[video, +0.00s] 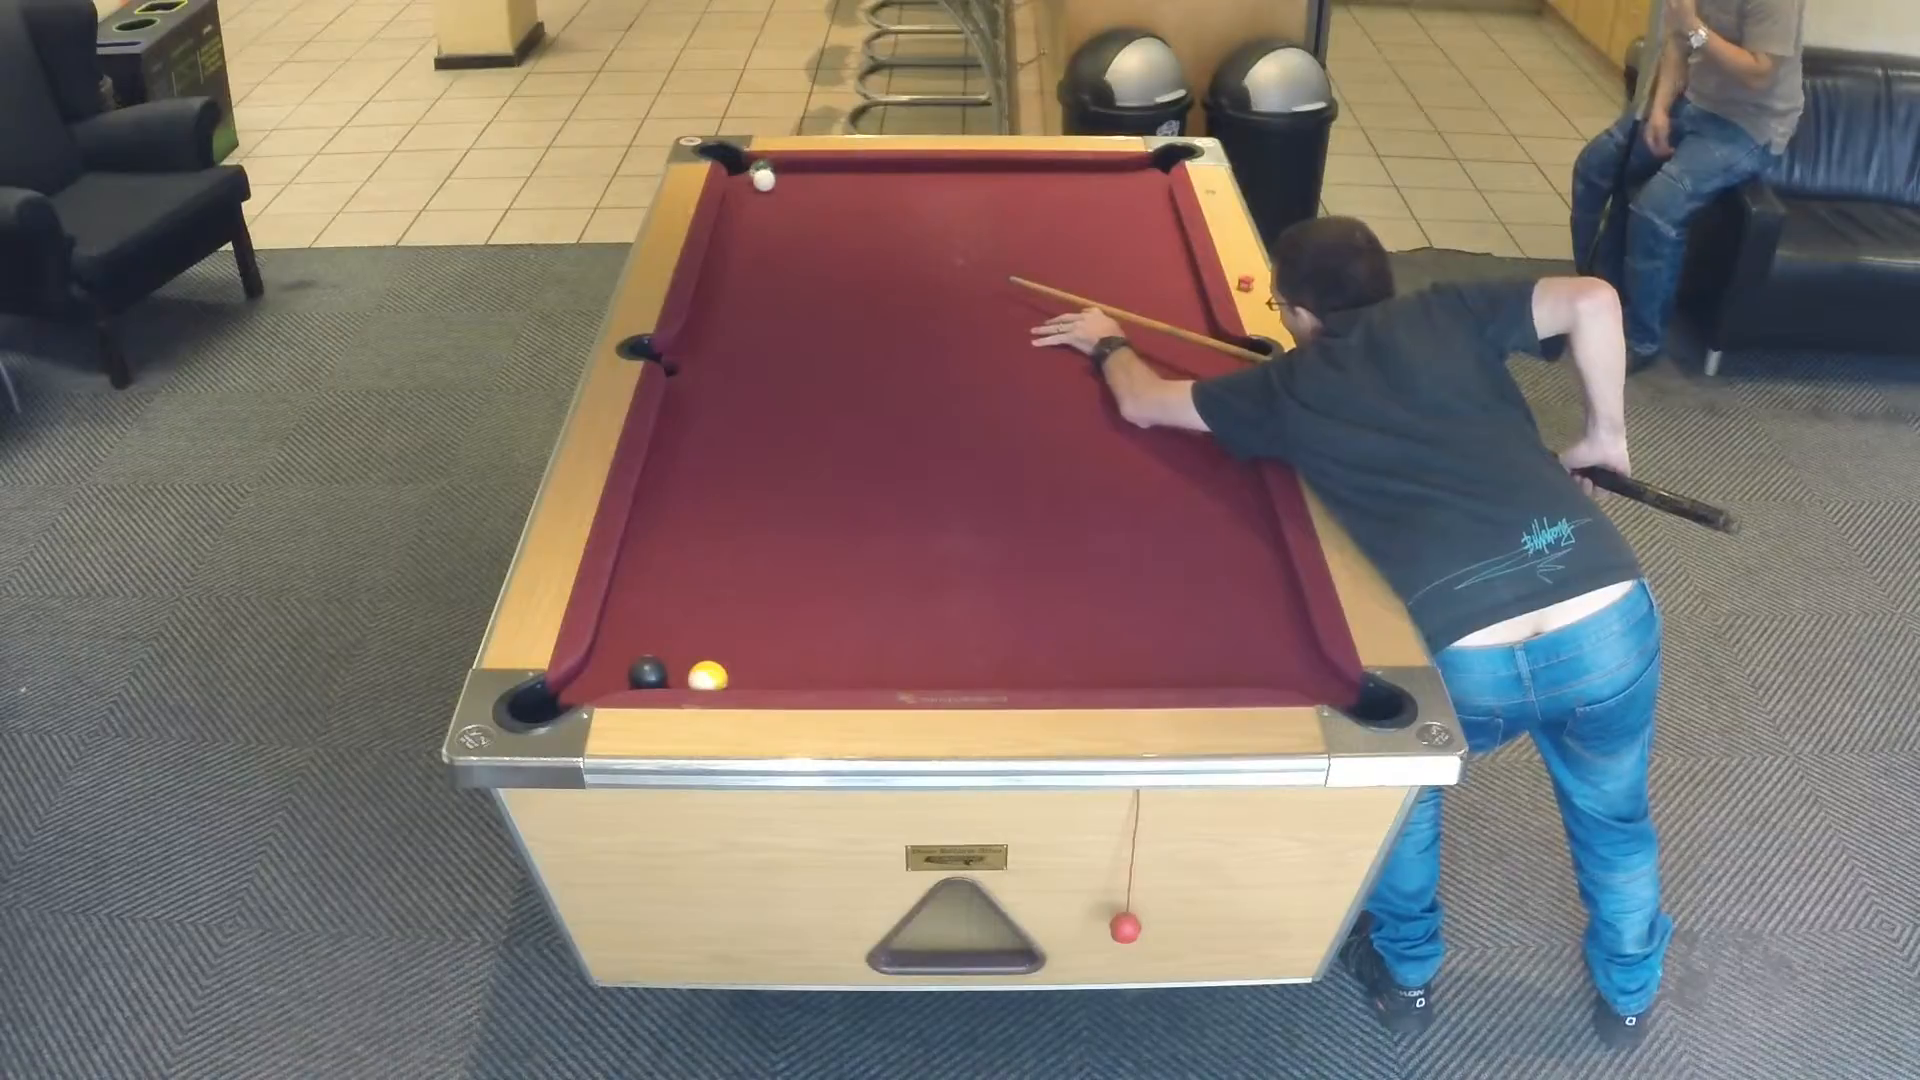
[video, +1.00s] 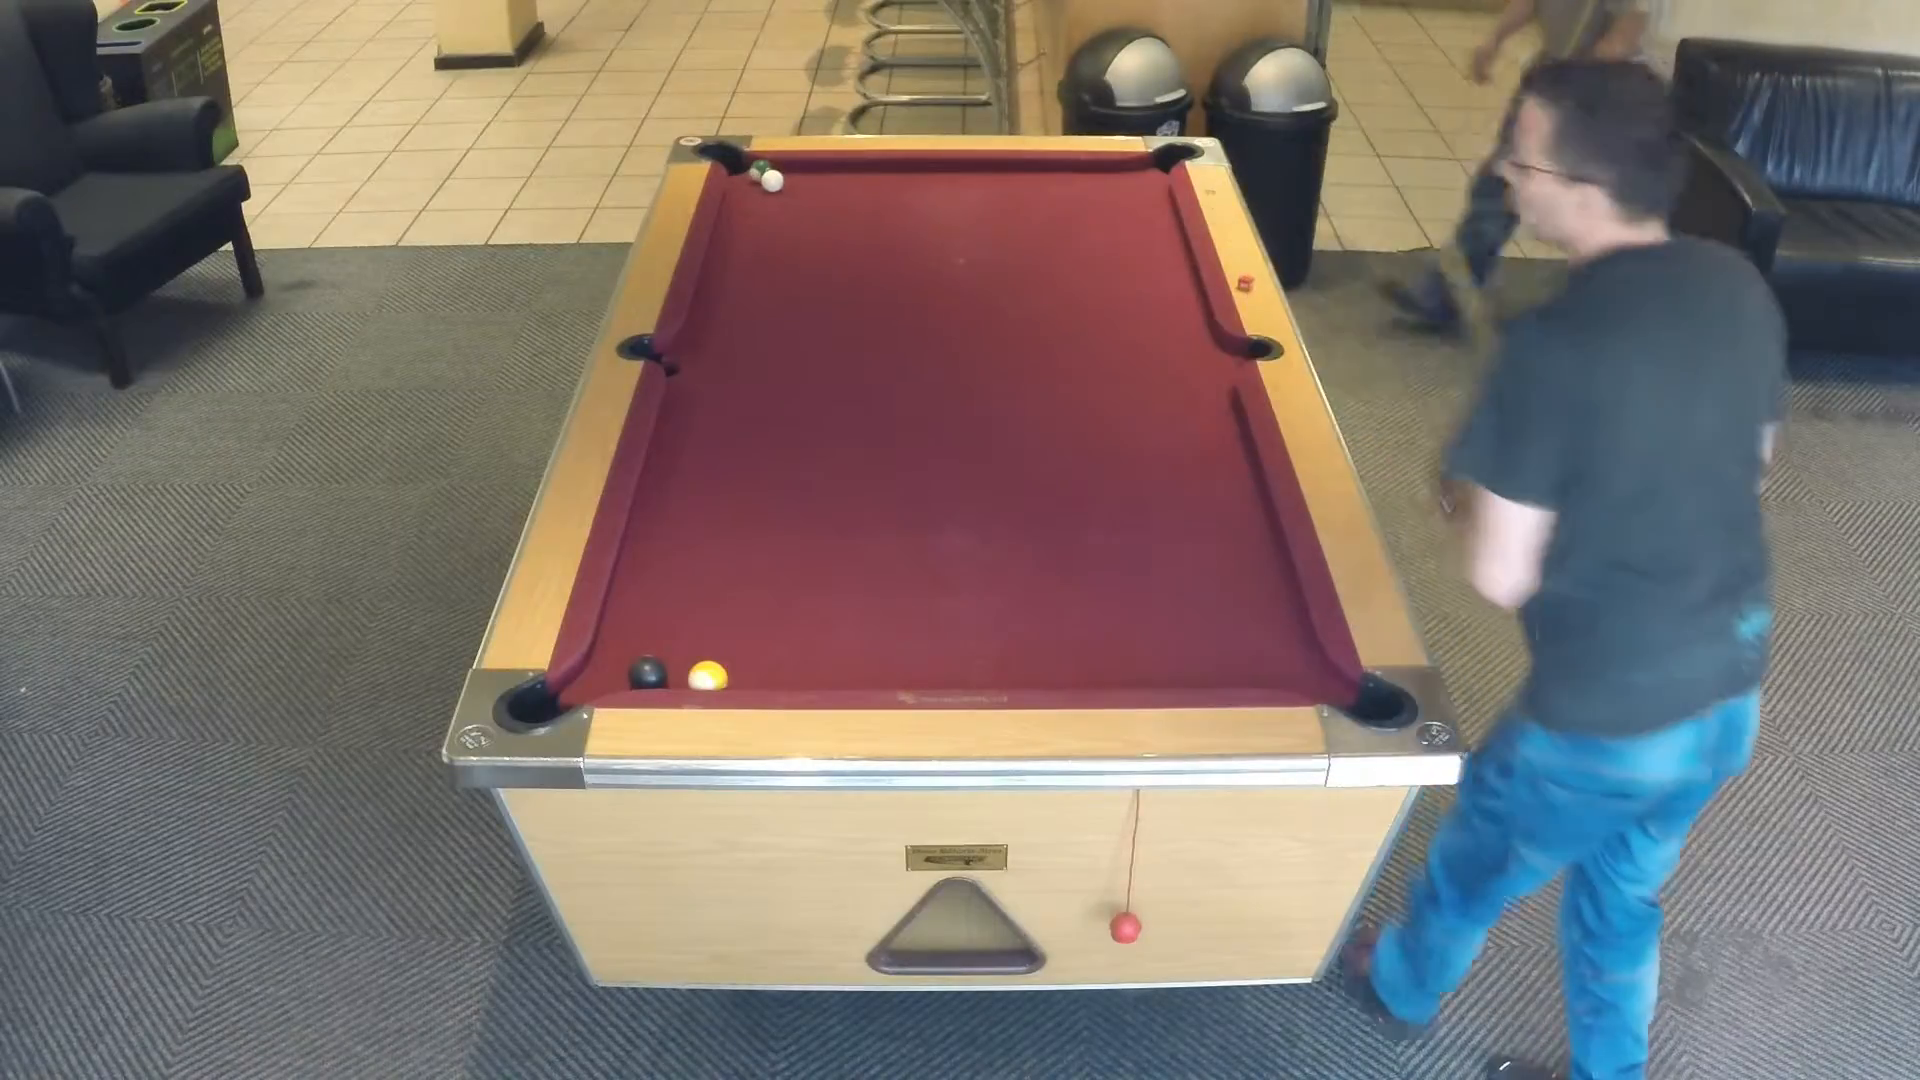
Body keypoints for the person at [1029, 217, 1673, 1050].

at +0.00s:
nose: (1282, 310)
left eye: (1284, 299)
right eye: (1281, 298)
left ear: (1300, 314)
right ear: (1388, 287)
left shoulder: (1287, 387)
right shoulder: (1452, 313)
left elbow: (1143, 398)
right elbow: (1591, 299)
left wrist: (1106, 342)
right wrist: (1607, 430)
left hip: (1470, 659)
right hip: (1607, 622)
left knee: (1396, 764)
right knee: (1616, 818)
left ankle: (1407, 966)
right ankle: (1630, 989)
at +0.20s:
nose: (1289, 300)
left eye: (1290, 288)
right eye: (1287, 288)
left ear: (1307, 300)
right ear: (1399, 273)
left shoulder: (1292, 377)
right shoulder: (1466, 306)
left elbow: (1161, 392)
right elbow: (1610, 313)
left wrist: (1105, 341)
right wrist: (1606, 441)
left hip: (1479, 663)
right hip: (1617, 625)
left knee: (1406, 762)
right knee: (1621, 824)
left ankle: (1407, 966)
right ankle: (1631, 989)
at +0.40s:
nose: (1300, 245)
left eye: (1306, 233)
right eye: (1302, 230)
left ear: (1330, 252)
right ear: (1415, 232)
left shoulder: (1315, 338)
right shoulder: (1497, 285)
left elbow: (1198, 377)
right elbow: (1655, 355)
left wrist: (1116, 343)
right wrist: (1602, 461)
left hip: (1490, 655)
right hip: (1629, 634)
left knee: (1415, 762)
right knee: (1623, 823)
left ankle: (1406, 965)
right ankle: (1621, 984)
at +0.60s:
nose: (1341, 189)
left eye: (1346, 175)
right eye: (1346, 171)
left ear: (1370, 194)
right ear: (1463, 180)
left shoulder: (1343, 300)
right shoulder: (1550, 251)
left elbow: (1277, 466)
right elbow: (1702, 385)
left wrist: (1247, 378)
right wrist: (1604, 446)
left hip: (1508, 640)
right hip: (1652, 621)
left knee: (1424, 780)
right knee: (1610, 831)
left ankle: (1404, 966)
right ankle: (1605, 1019)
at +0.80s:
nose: (1419, 149)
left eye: (1430, 138)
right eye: (1426, 132)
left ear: (1464, 166)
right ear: (1548, 147)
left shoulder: (1420, 297)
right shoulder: (1636, 248)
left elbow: (1416, 510)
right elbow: (1743, 423)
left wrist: (1503, 473)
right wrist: (1638, 464)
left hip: (1546, 661)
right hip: (1684, 639)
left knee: (1450, 817)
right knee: (1606, 859)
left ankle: (1402, 969)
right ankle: (1613, 1060)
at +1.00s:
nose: (1504, 176)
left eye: (1521, 161)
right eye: (1510, 155)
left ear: (1582, 182)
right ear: (1638, 176)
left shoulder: (1556, 340)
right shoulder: (1737, 285)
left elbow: (1503, 578)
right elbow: (1753, 454)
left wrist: (1470, 497)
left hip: (1597, 728)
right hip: (1723, 706)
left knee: (1473, 865)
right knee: (1622, 911)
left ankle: (1404, 985)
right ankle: (1612, 1066)